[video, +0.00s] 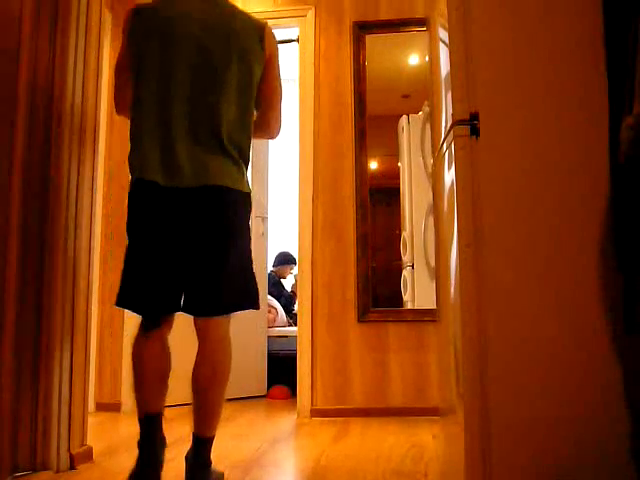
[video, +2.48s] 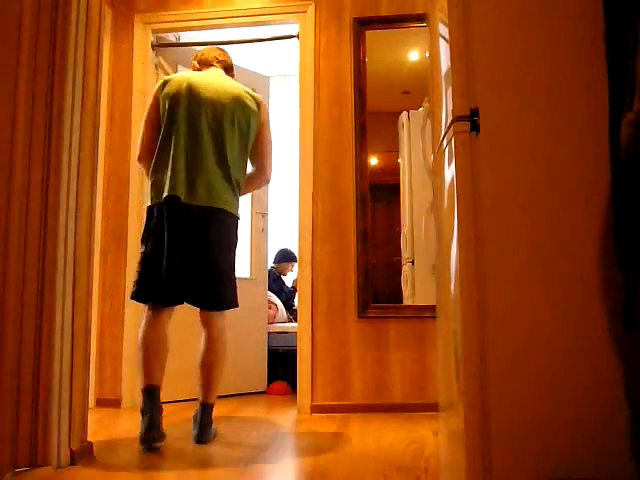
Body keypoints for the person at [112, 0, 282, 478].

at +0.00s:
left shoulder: (145, 17)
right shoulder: (256, 30)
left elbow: (123, 101)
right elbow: (269, 124)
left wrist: (173, 110)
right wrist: (217, 118)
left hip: (154, 190)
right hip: (220, 195)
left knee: (154, 322)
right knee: (213, 326)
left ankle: (150, 452)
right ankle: (200, 463)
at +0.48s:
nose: (204, 19)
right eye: (203, 14)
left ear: (158, 15)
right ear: (200, 15)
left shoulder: (124, 53)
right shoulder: (227, 56)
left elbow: (118, 133)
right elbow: (247, 136)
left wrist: (160, 146)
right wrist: (203, 148)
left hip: (143, 205)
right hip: (206, 203)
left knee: (153, 322)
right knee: (255, 306)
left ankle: (163, 446)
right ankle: (223, 417)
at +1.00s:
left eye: (151, 18)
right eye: (191, 18)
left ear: (150, 18)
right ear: (194, 18)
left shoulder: (125, 54)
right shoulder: (226, 58)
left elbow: (114, 132)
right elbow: (256, 136)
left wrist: (158, 142)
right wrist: (212, 148)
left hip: (149, 207)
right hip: (208, 208)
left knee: (154, 324)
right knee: (210, 327)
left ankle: (163, 445)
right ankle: (206, 445)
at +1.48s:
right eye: (197, 23)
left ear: (156, 22)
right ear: (199, 24)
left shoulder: (128, 54)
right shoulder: (229, 61)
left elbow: (115, 132)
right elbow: (257, 139)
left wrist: (158, 139)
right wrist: (212, 149)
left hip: (149, 206)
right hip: (207, 208)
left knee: (155, 323)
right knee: (209, 324)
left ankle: (164, 444)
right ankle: (206, 444)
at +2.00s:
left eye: (168, 35)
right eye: (203, 40)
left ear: (164, 37)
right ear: (206, 40)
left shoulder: (133, 71)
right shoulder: (229, 74)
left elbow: (119, 144)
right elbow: (256, 149)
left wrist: (159, 154)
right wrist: (216, 161)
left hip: (151, 211)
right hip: (207, 211)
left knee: (155, 324)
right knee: (209, 323)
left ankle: (163, 440)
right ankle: (204, 419)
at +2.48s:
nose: (196, 64)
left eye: (195, 62)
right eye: (209, 63)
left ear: (194, 65)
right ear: (230, 70)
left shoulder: (170, 85)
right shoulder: (252, 102)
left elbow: (145, 155)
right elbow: (263, 173)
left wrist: (172, 183)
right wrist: (225, 191)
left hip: (168, 214)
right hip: (219, 218)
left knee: (158, 314)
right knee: (214, 321)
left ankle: (151, 416)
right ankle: (204, 422)